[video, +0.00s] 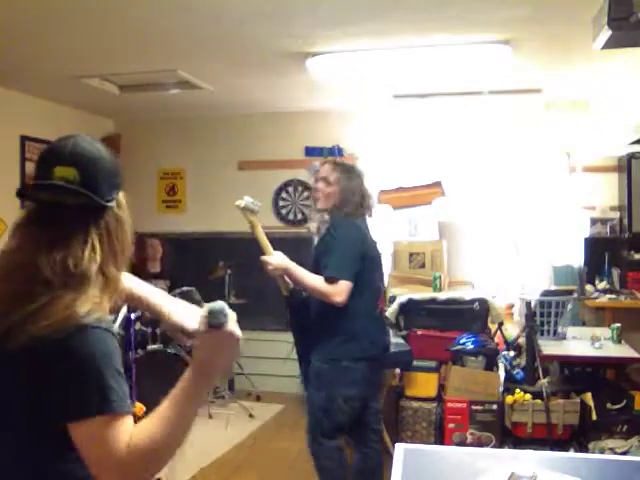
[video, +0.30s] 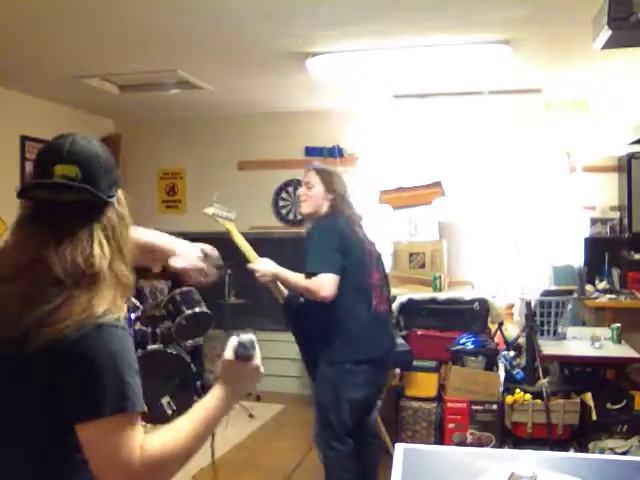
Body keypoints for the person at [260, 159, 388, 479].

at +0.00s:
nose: (316, 187)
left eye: (325, 182)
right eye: (316, 181)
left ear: (346, 189)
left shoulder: (343, 230)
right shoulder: (353, 228)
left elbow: (338, 293)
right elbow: (329, 292)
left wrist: (288, 266)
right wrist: (289, 280)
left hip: (342, 354)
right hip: (365, 351)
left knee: (324, 440)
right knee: (367, 437)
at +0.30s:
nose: (300, 193)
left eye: (308, 187)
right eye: (301, 187)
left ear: (329, 194)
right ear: (328, 196)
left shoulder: (327, 228)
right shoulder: (350, 229)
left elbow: (325, 288)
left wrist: (277, 272)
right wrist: (280, 285)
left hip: (347, 355)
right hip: (370, 351)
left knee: (334, 442)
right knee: (359, 435)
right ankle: (365, 475)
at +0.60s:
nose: (315, 200)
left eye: (322, 194)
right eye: (315, 194)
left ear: (340, 196)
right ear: (350, 199)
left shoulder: (341, 228)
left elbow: (337, 284)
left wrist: (286, 270)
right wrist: (286, 283)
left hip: (349, 357)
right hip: (380, 354)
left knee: (333, 442)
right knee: (372, 436)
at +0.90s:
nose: (337, 205)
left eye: (341, 198)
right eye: (336, 199)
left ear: (357, 197)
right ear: (368, 200)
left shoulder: (361, 225)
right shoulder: (387, 234)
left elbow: (359, 276)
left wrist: (305, 266)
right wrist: (306, 279)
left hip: (357, 347)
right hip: (386, 348)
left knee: (324, 424)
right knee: (373, 430)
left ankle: (328, 475)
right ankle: (376, 476)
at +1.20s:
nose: (343, 204)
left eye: (346, 197)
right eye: (344, 197)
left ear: (359, 198)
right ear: (375, 199)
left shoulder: (365, 225)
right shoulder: (391, 232)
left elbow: (360, 276)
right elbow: (389, 289)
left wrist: (308, 270)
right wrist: (337, 280)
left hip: (356, 347)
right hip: (386, 348)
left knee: (326, 424)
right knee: (374, 428)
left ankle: (322, 475)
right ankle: (377, 476)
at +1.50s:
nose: (349, 205)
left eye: (351, 200)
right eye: (350, 200)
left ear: (359, 200)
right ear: (384, 199)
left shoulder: (365, 228)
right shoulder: (394, 235)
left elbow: (354, 278)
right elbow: (389, 293)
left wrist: (302, 270)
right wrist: (323, 282)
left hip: (356, 348)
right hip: (386, 349)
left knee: (325, 423)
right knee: (375, 429)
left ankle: (321, 475)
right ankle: (377, 476)